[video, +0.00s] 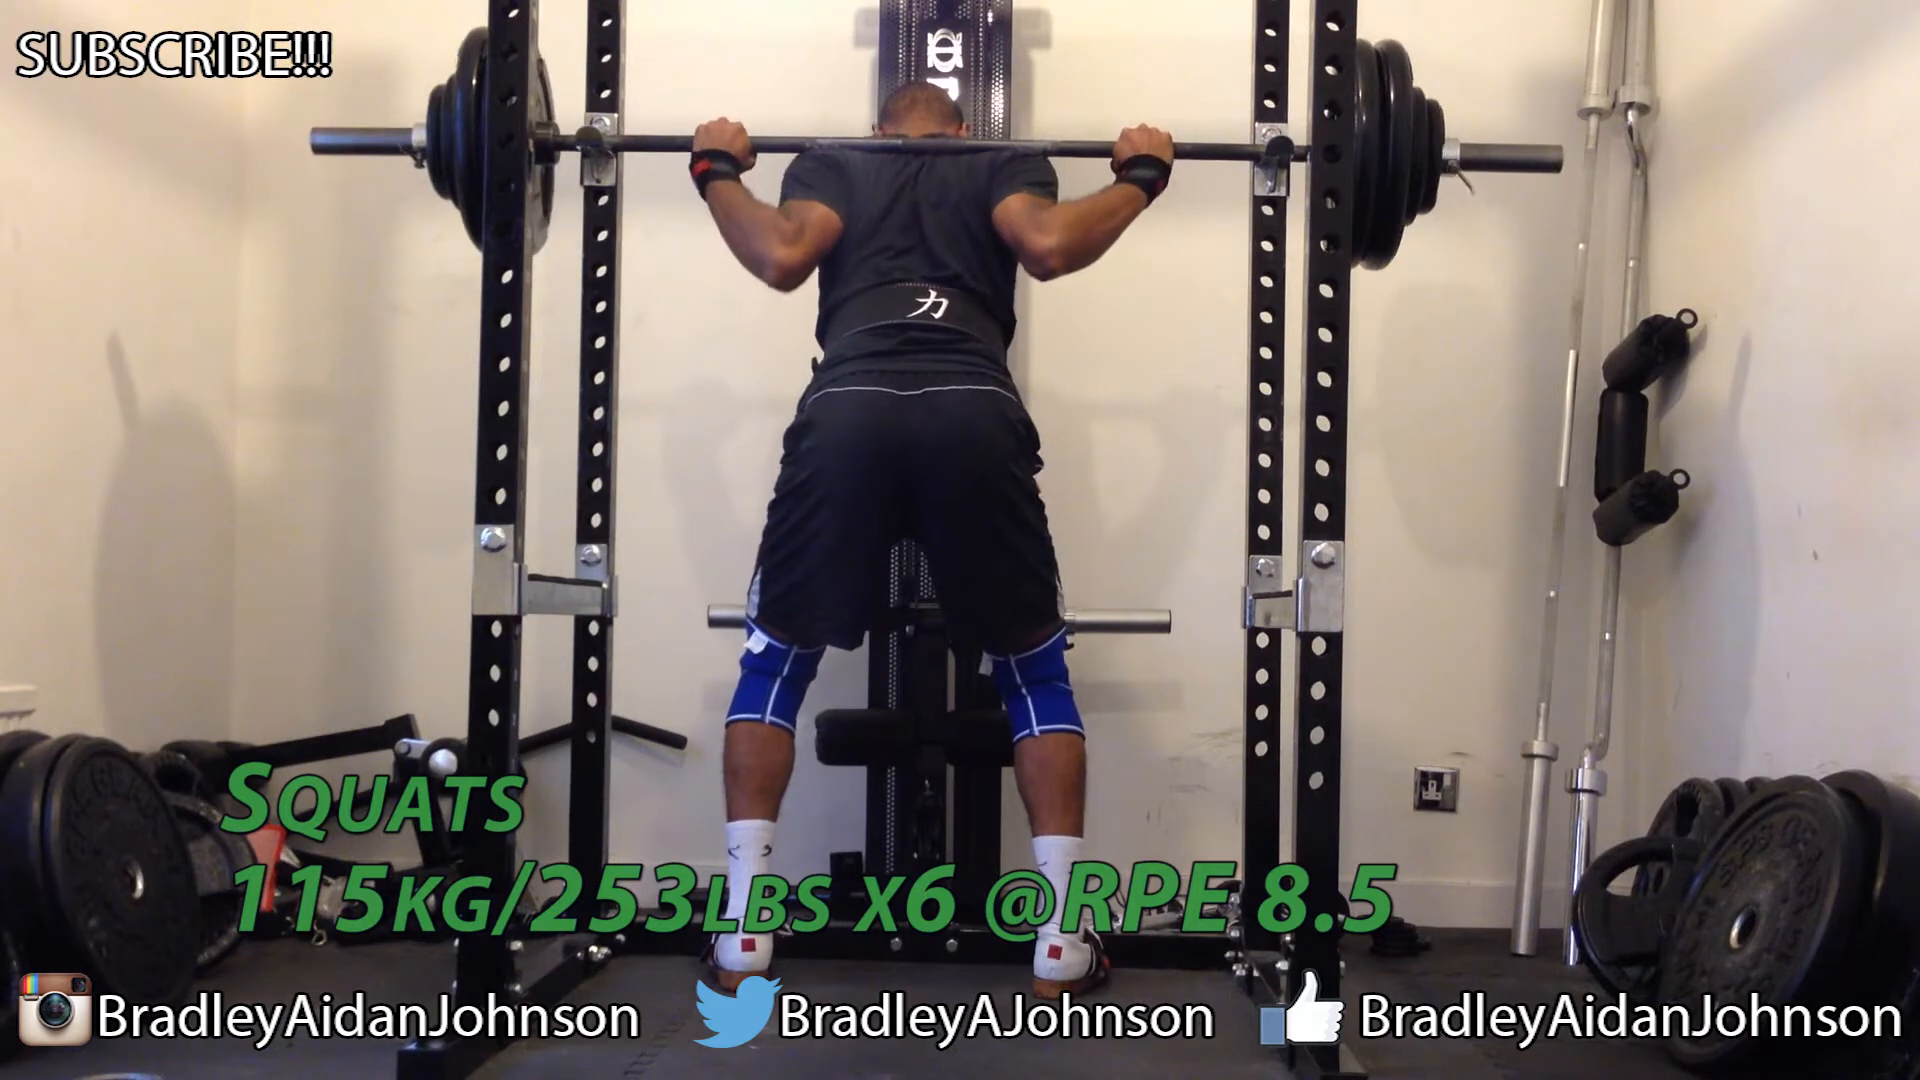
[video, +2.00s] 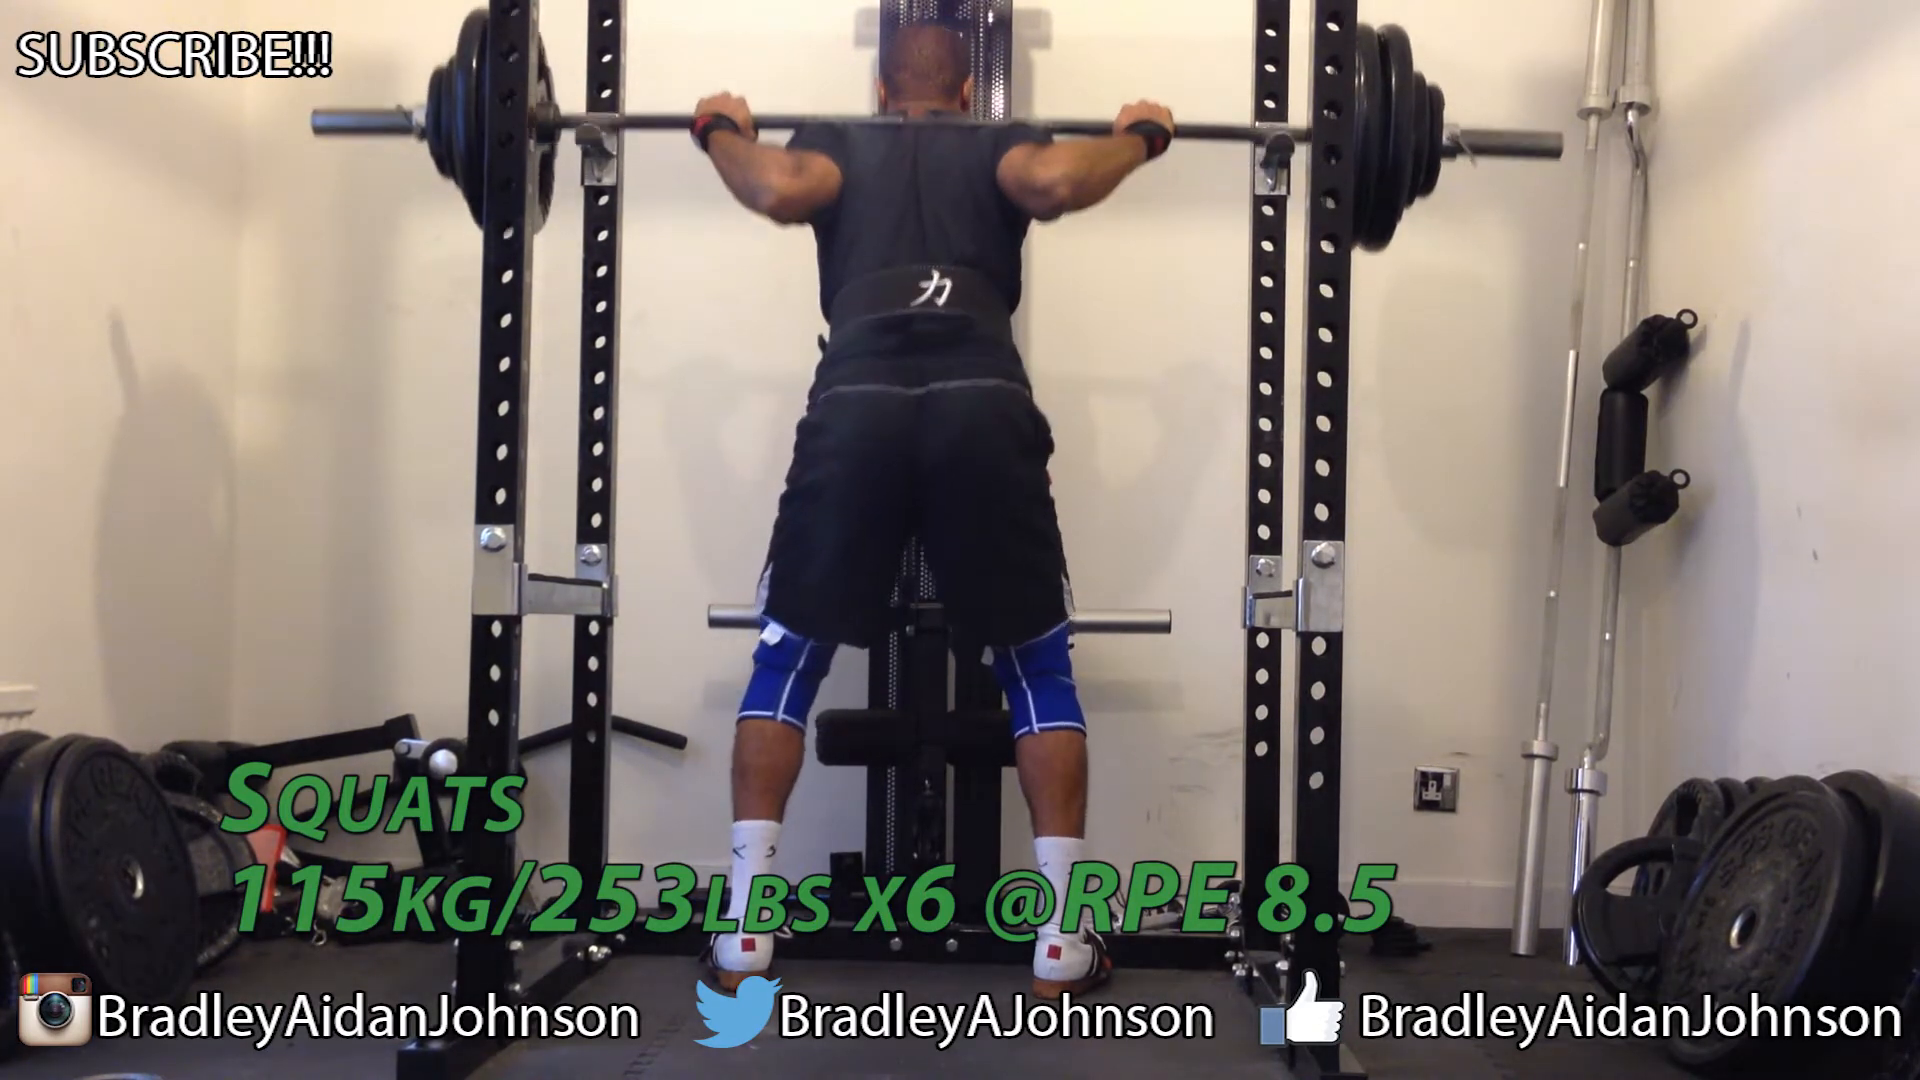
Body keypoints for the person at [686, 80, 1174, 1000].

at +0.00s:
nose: (939, 127)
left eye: (917, 119)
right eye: (951, 118)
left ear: (878, 126)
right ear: (965, 126)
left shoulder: (835, 161)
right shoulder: (999, 162)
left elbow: (781, 259)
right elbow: (1048, 248)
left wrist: (720, 174)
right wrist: (1137, 183)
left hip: (847, 412)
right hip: (973, 409)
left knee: (776, 658)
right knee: (1032, 668)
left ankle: (744, 916)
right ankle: (1062, 926)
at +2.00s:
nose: (907, 88)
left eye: (892, 76)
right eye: (956, 76)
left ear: (880, 90)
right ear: (970, 90)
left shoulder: (839, 147)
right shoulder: (998, 143)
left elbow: (777, 188)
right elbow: (1055, 180)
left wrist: (728, 137)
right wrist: (1135, 139)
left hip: (855, 414)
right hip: (985, 414)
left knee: (786, 666)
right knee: (1038, 674)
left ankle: (746, 918)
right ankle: (1061, 929)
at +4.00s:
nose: (938, 26)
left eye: (917, 20)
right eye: (942, 21)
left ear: (848, 24)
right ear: (939, 25)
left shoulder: (790, 68)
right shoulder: (970, 68)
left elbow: (714, 135)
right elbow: (1014, 125)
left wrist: (666, 72)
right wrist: (1103, 79)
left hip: (813, 361)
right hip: (947, 356)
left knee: (779, 650)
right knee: (1004, 639)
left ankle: (739, 948)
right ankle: (1056, 927)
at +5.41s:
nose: (993, 16)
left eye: (884, 4)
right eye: (989, 8)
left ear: (880, 7)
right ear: (983, 8)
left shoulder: (830, 57)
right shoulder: (1017, 53)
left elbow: (755, 126)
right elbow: (1064, 113)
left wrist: (701, 56)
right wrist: (1164, 59)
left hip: (855, 365)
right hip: (994, 361)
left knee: (784, 657)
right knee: (1040, 665)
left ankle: (721, 956)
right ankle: (1079, 971)